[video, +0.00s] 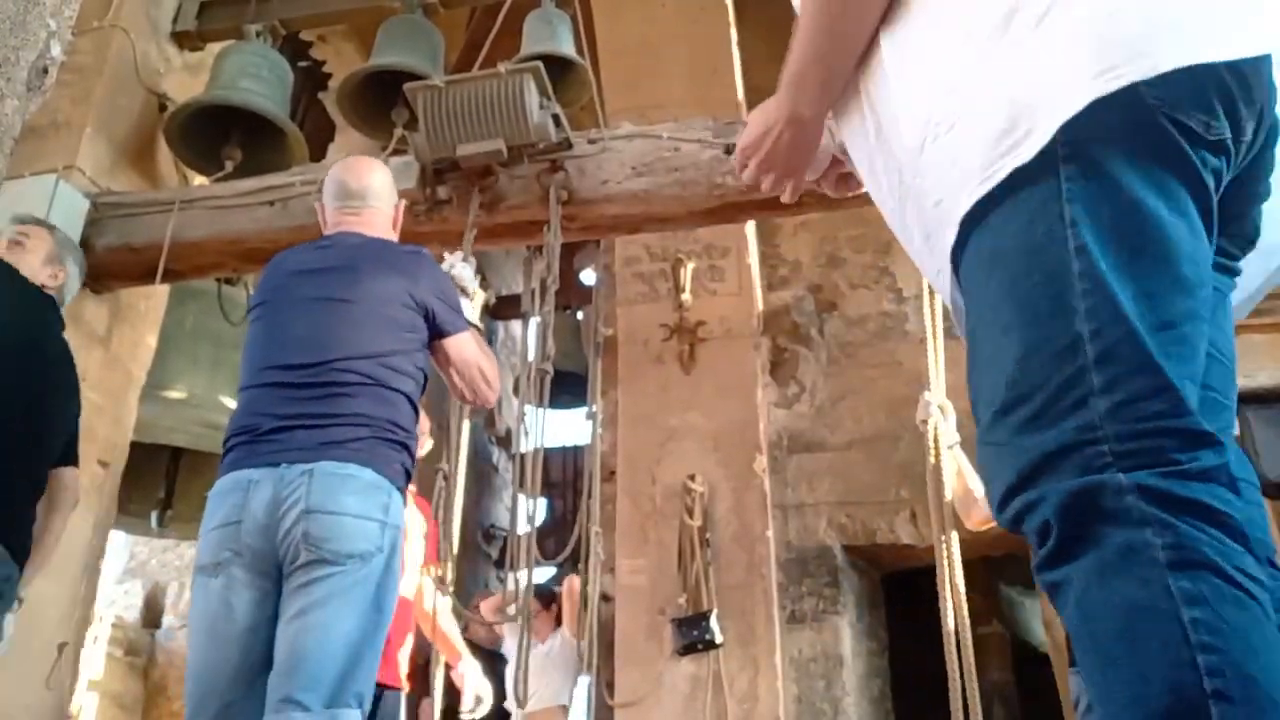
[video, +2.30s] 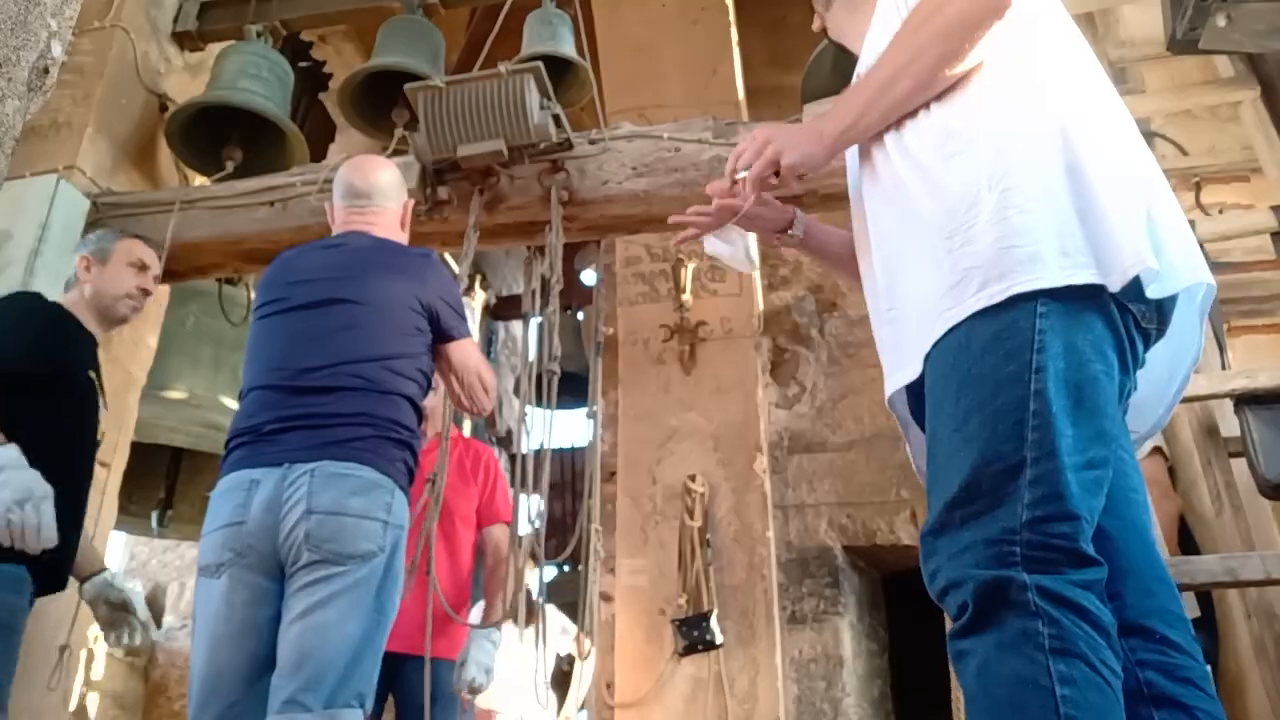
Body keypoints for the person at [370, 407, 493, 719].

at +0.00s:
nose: (413, 440)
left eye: (421, 434)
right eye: (408, 430)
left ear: (428, 442)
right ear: (387, 429)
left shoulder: (420, 512)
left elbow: (427, 593)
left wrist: (460, 660)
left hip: (389, 678)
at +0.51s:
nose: (438, 404)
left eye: (452, 397)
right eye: (430, 392)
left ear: (469, 416)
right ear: (410, 402)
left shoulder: (474, 491)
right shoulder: (388, 477)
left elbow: (485, 579)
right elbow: (360, 560)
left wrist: (496, 653)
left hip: (448, 663)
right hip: (384, 658)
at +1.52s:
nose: (413, 375)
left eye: (425, 367)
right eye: (410, 363)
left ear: (438, 382)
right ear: (385, 371)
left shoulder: (445, 462)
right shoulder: (346, 448)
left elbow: (464, 557)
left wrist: (480, 638)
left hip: (417, 649)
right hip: (342, 642)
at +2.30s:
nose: (419, 390)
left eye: (429, 382)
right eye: (412, 381)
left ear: (449, 390)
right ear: (397, 386)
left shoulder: (477, 459)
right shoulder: (377, 449)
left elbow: (497, 551)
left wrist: (488, 630)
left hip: (435, 645)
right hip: (363, 638)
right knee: (347, 713)